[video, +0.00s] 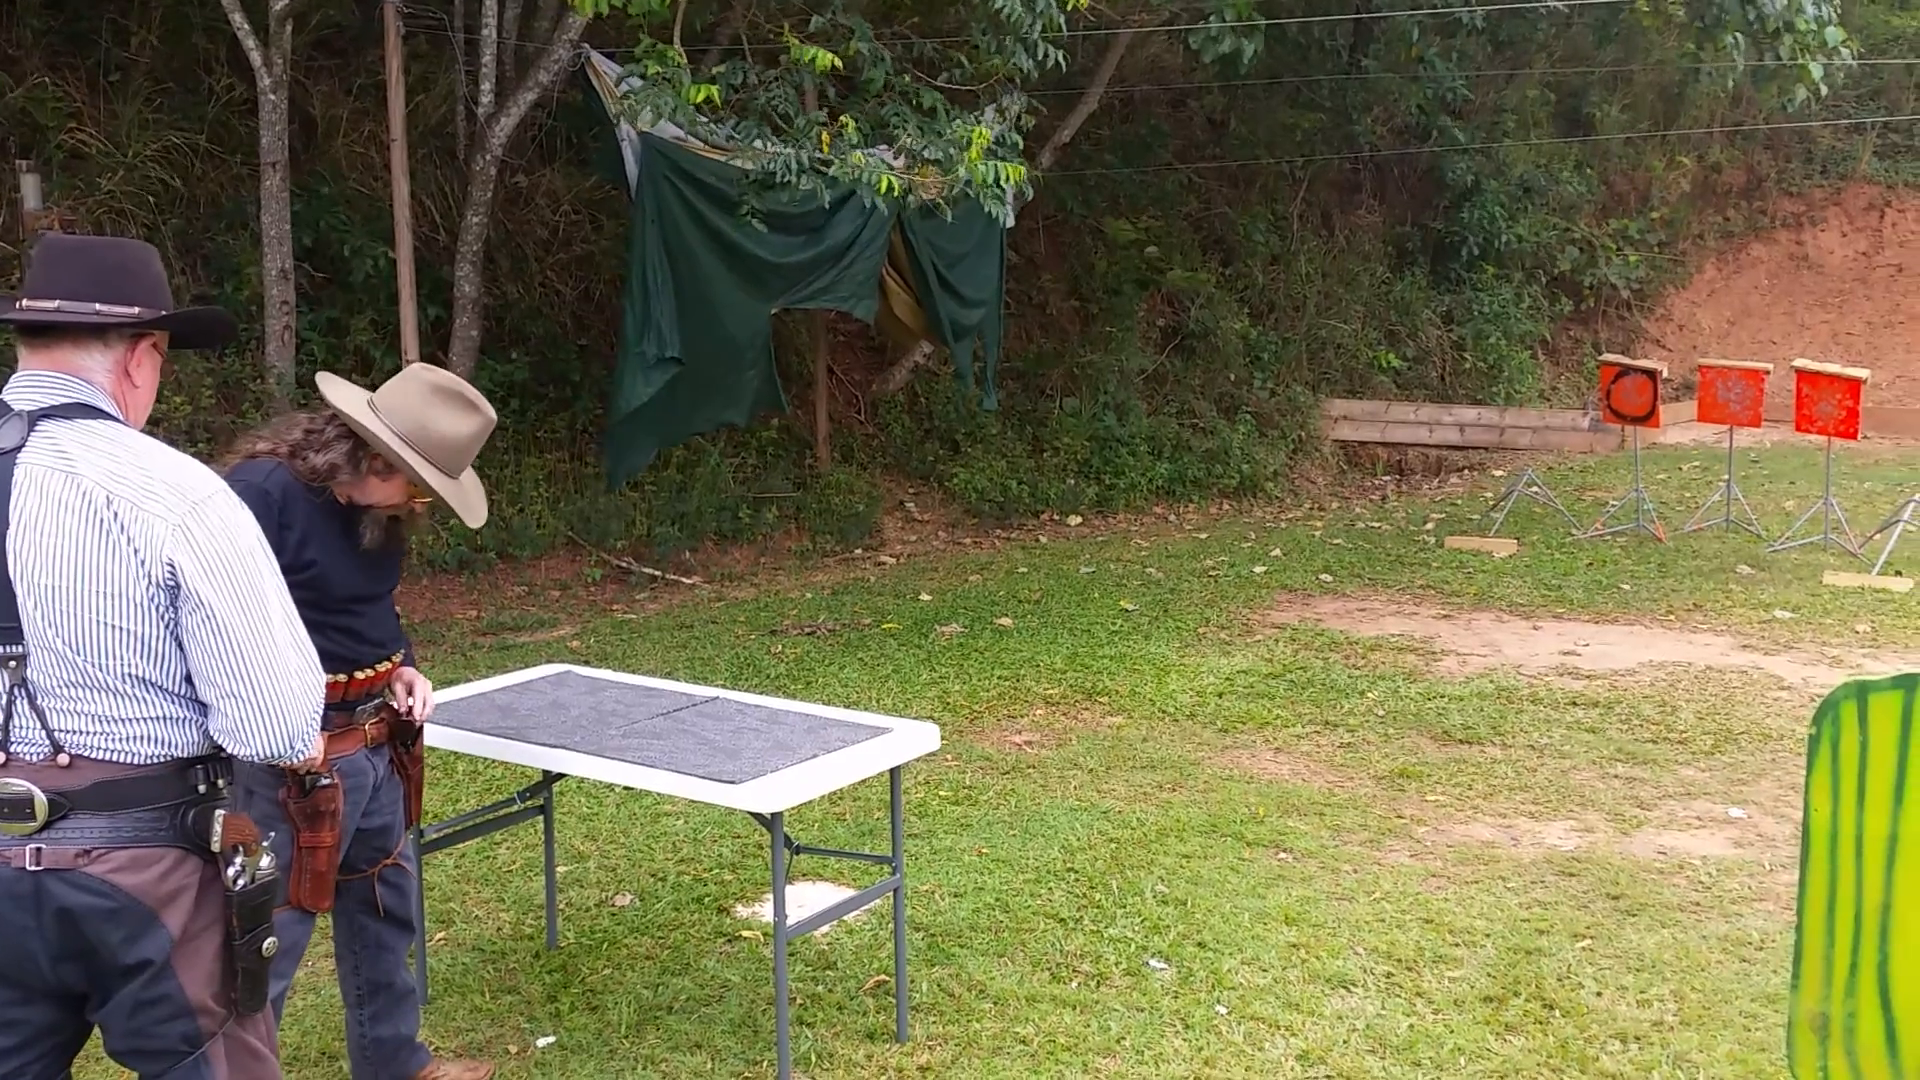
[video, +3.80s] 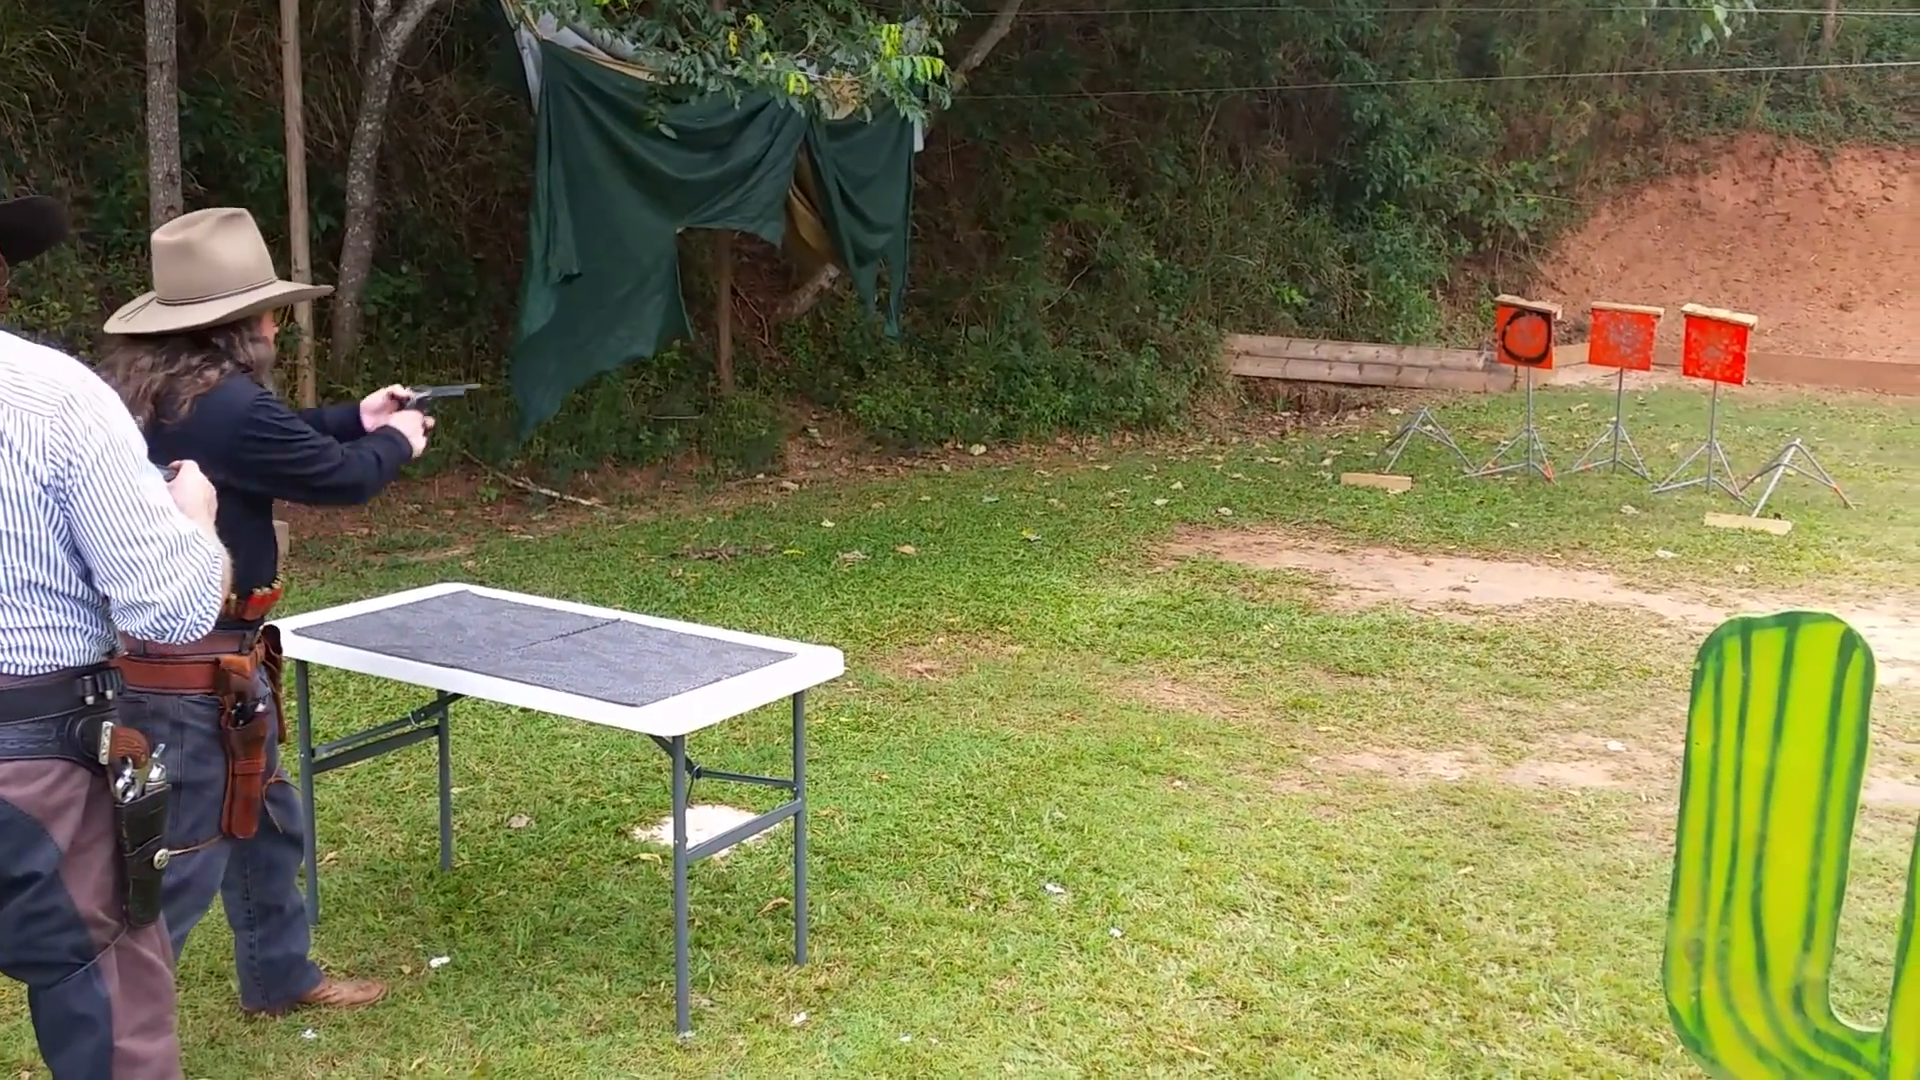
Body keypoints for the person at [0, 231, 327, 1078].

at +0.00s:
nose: (155, 386)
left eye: (160, 364)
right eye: (160, 363)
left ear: (27, 348)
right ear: (135, 363)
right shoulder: (170, 489)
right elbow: (276, 722)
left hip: (4, 839)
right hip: (138, 848)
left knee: (20, 1061)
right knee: (216, 1060)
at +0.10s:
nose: (151, 385)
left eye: (156, 363)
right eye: (155, 362)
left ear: (22, 346)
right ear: (132, 360)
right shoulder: (164, 485)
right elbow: (273, 721)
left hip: (2, 841)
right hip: (133, 848)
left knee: (16, 1062)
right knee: (208, 1060)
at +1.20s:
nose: (138, 327)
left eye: (138, 306)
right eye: (138, 305)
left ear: (1, 294)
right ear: (110, 303)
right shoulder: (144, 425)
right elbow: (311, 635)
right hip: (116, 786)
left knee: (6, 1040)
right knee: (191, 1048)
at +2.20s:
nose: (96, 299)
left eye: (97, 276)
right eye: (97, 276)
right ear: (80, 284)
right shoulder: (128, 417)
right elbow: (301, 559)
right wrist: (285, 482)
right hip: (90, 771)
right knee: (158, 1040)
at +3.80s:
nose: (20, 271)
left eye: (16, 262)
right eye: (18, 261)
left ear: (8, 266)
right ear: (12, 265)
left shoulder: (49, 390)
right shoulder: (46, 391)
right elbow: (172, 607)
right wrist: (197, 521)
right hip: (33, 754)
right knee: (113, 1028)